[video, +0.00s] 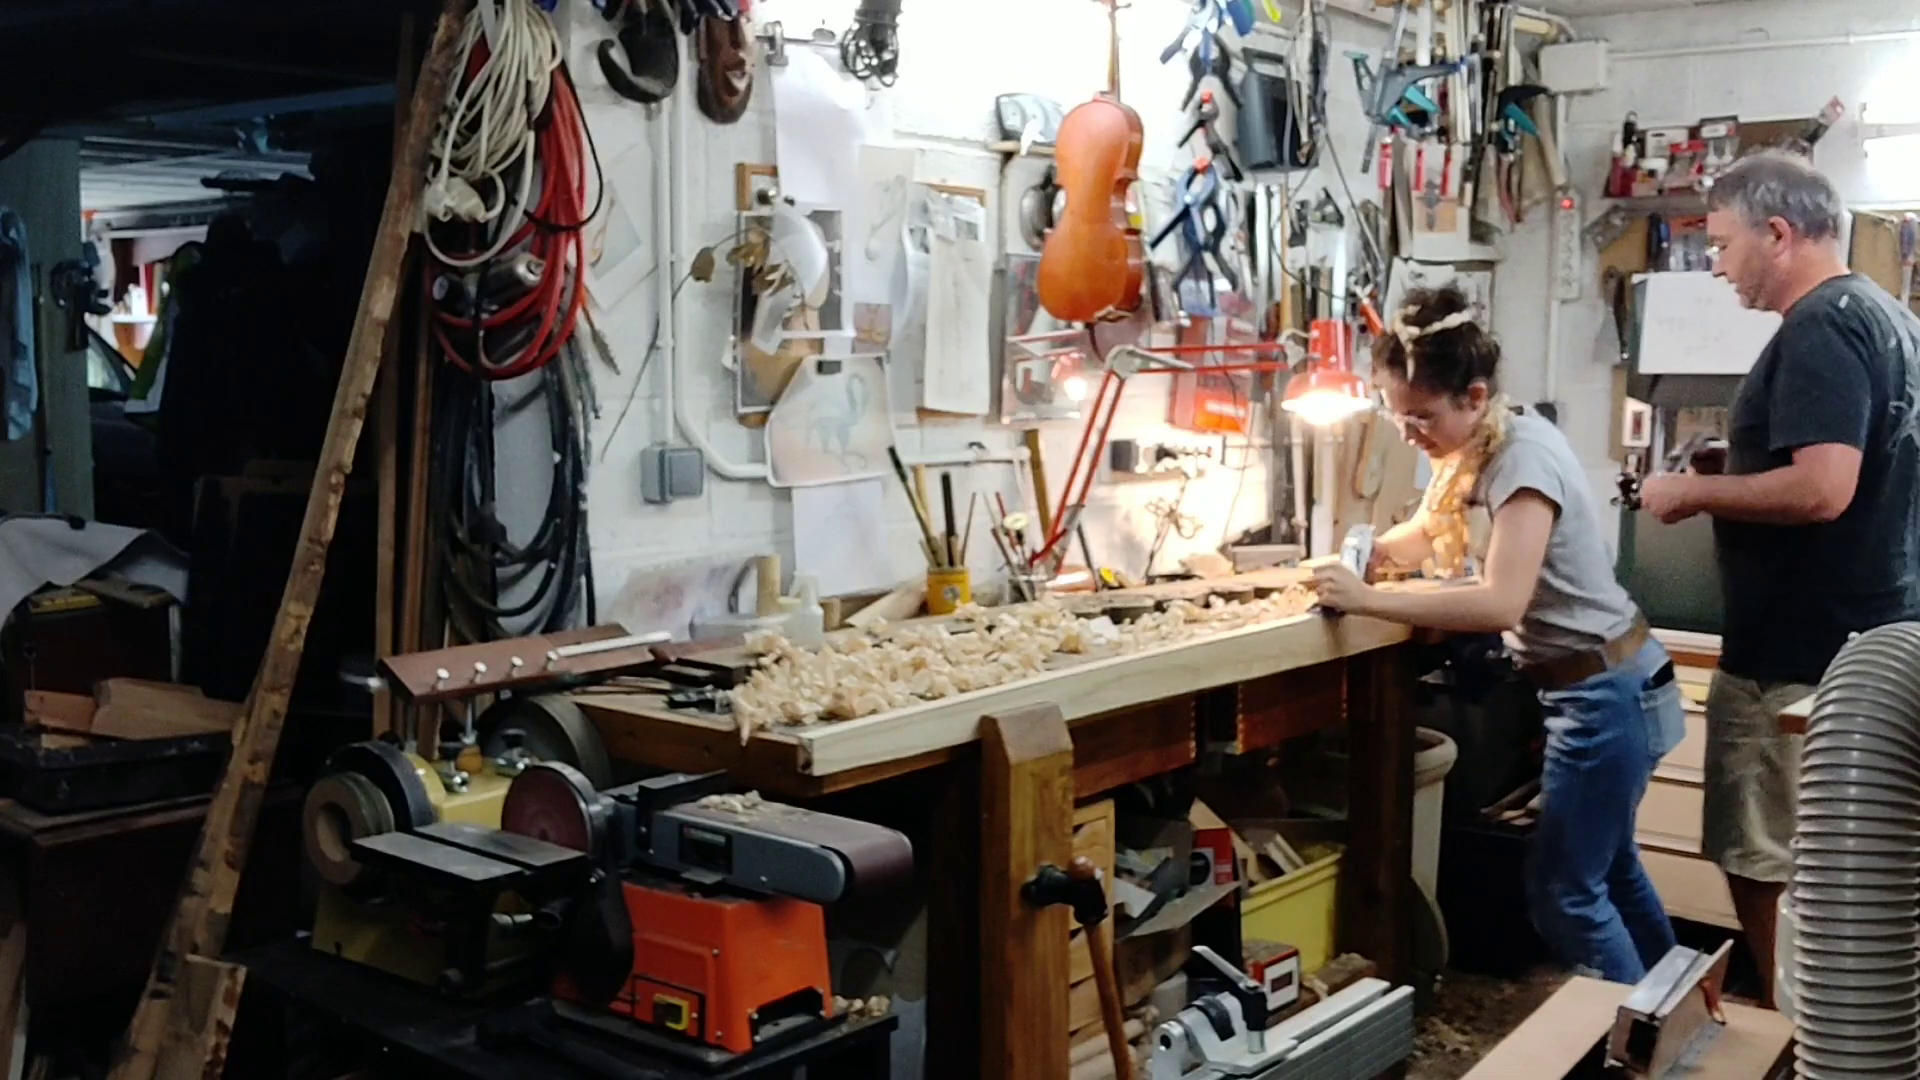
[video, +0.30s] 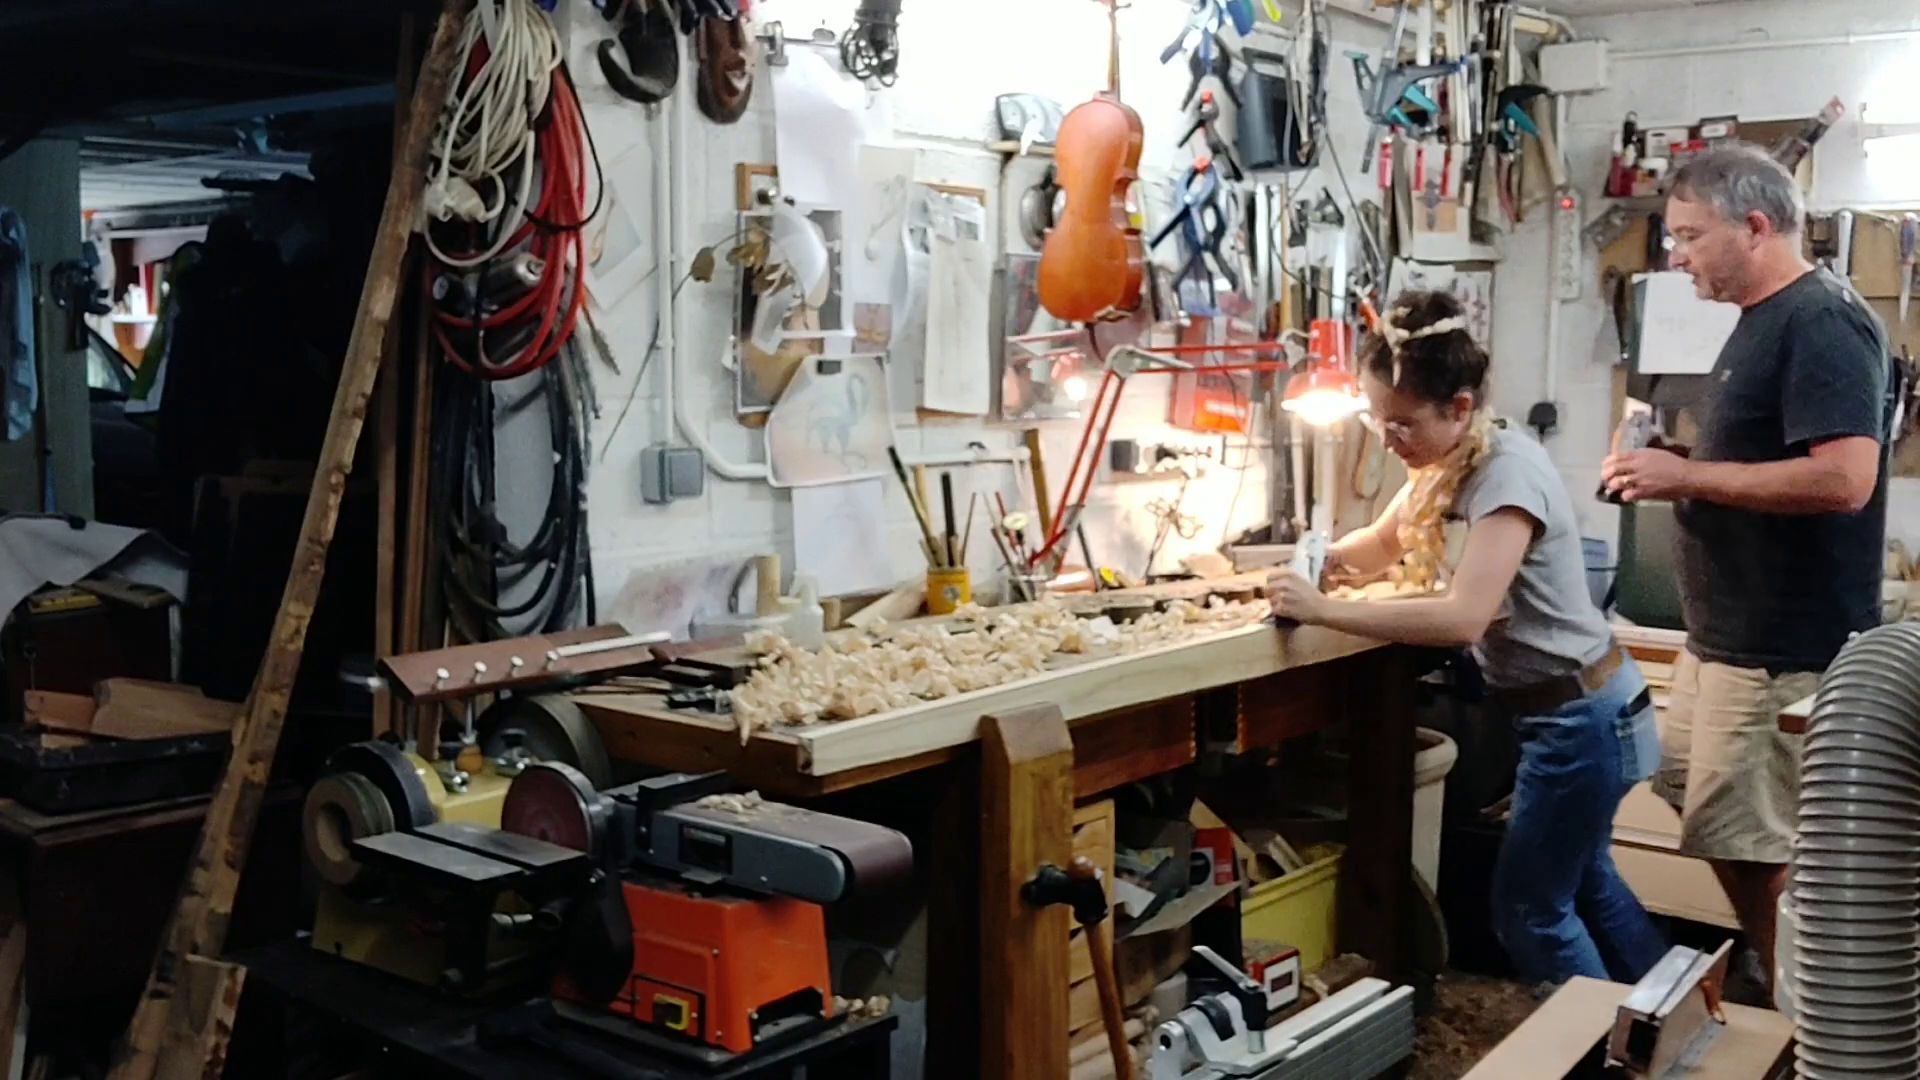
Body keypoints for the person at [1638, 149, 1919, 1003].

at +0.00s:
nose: (1715, 266)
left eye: (1721, 243)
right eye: (1712, 247)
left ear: (1780, 233)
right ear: (1796, 235)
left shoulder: (1825, 322)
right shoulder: (1877, 315)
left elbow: (1821, 487)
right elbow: (1849, 479)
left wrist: (1697, 491)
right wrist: (1719, 474)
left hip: (1791, 663)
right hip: (1857, 657)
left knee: (1764, 866)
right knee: (1836, 860)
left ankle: (1783, 1028)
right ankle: (1825, 1026)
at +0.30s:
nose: (1679, 261)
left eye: (1688, 238)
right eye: (1676, 242)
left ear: (1753, 226)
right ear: (1753, 231)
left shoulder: (1821, 317)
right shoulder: (1764, 320)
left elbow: (1845, 478)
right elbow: (1763, 461)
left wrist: (1686, 475)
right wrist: (1671, 457)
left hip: (1780, 648)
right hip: (1730, 636)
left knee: (1753, 841)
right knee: (1714, 808)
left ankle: (1780, 995)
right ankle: (1767, 967)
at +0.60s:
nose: (1638, 261)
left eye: (1655, 241)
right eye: (1629, 244)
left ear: (1721, 233)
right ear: (1627, 246)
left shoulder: (1799, 319)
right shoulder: (1660, 339)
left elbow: (1862, 467)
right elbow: (1662, 452)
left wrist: (1707, 475)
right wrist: (1611, 460)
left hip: (1754, 643)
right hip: (1656, 629)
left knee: (1748, 841)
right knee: (1662, 818)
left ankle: (1783, 1009)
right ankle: (1677, 976)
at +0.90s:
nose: (1621, 253)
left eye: (1639, 233)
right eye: (1610, 237)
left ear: (1698, 227)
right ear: (1603, 243)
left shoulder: (1778, 312)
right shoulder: (1617, 339)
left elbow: (1856, 448)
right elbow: (1567, 462)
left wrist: (1720, 464)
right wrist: (1580, 466)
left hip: (1742, 629)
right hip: (1635, 625)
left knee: (1742, 826)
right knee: (1666, 809)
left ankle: (1753, 1006)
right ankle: (1677, 973)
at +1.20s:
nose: (1632, 249)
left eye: (1651, 229)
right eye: (1620, 234)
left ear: (1707, 229)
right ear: (1611, 242)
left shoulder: (1777, 314)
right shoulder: (1617, 336)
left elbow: (1851, 454)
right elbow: (1562, 464)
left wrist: (1719, 464)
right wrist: (1578, 465)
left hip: (1736, 627)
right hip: (1630, 624)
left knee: (1743, 823)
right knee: (1667, 808)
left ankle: (1753, 1003)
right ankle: (1675, 967)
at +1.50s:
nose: (1628, 249)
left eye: (1647, 230)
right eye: (1616, 234)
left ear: (1702, 229)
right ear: (1608, 243)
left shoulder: (1776, 312)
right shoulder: (1619, 335)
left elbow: (1842, 455)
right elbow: (1568, 458)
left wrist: (1705, 465)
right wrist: (1577, 464)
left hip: (1735, 626)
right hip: (1630, 622)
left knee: (1744, 823)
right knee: (1667, 808)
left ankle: (1753, 1003)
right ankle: (1675, 967)